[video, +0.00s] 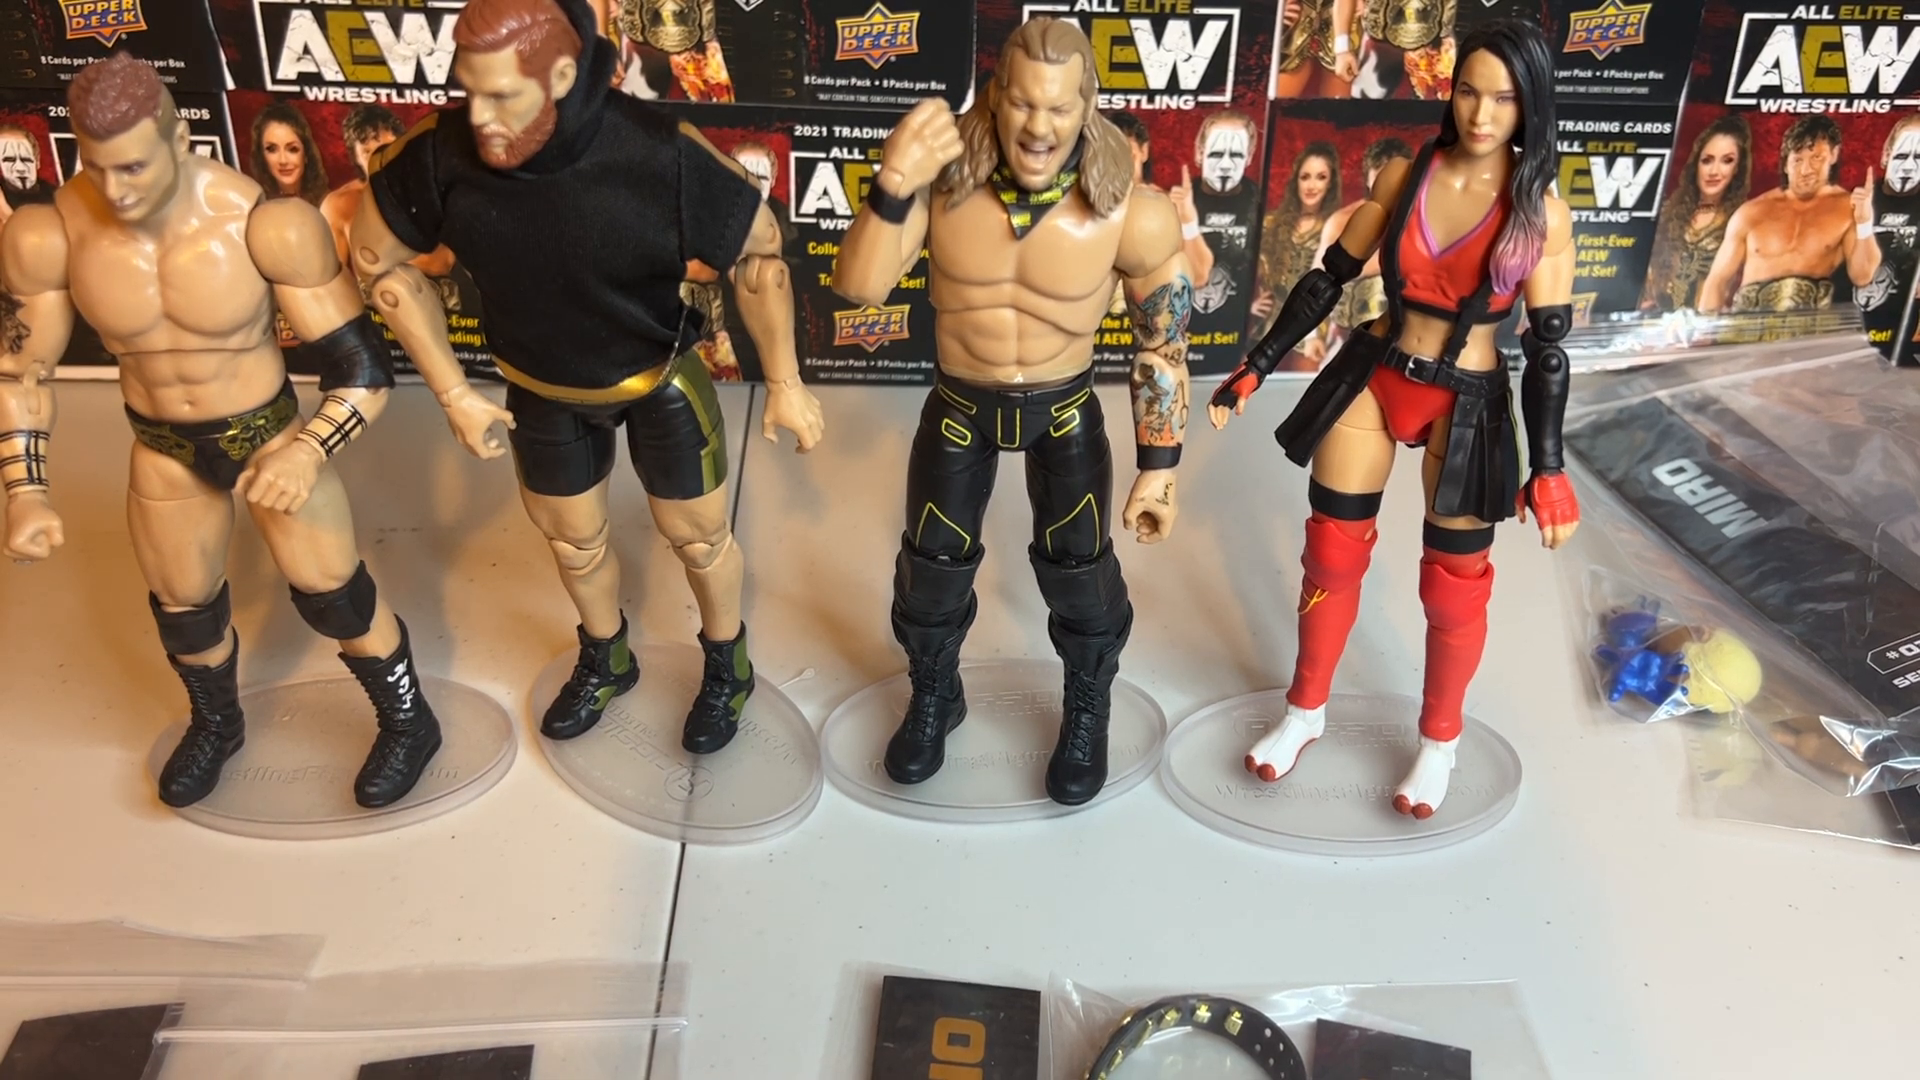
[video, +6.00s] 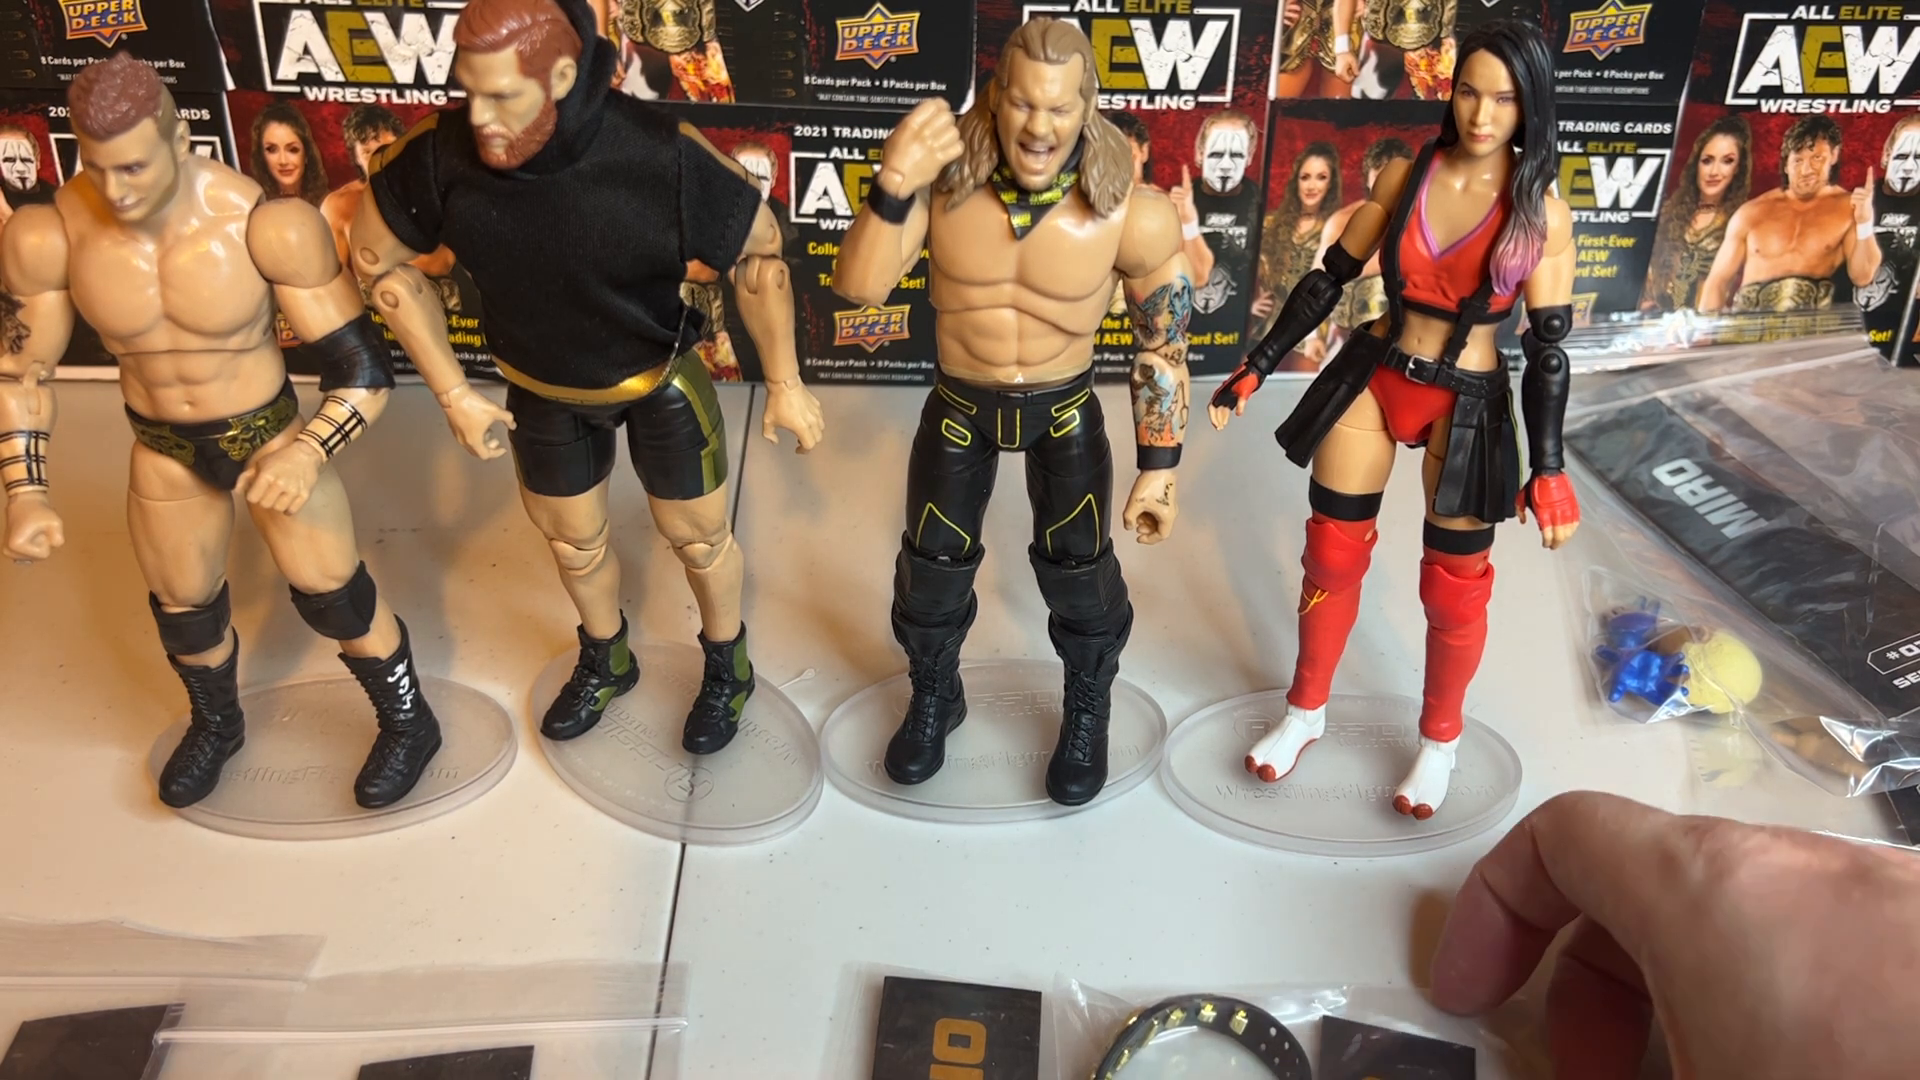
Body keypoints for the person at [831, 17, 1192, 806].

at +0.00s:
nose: (1039, 126)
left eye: (1060, 109)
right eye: (1024, 104)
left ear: (1086, 106)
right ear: (995, 95)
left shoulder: (1129, 208)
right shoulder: (943, 176)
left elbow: (1162, 337)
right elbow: (858, 287)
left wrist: (1161, 463)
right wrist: (892, 189)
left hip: (1064, 408)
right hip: (958, 403)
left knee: (1078, 568)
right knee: (933, 562)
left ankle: (1086, 712)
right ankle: (932, 698)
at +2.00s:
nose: (1039, 127)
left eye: (1060, 109)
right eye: (1024, 104)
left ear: (1086, 107)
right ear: (995, 95)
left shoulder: (1129, 207)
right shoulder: (944, 176)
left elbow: (1163, 338)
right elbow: (857, 287)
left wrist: (1161, 464)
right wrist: (892, 190)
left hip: (1064, 408)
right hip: (959, 403)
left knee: (1078, 568)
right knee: (932, 562)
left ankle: (1086, 714)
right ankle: (932, 699)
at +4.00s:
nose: (1040, 127)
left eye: (1060, 109)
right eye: (1024, 104)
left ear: (1087, 106)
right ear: (995, 94)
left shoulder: (1130, 208)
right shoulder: (944, 177)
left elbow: (1163, 339)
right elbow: (858, 287)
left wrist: (1161, 465)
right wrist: (892, 189)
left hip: (1064, 408)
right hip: (958, 403)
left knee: (1078, 569)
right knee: (933, 563)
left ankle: (1086, 713)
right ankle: (932, 699)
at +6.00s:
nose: (1040, 127)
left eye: (1060, 109)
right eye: (1024, 104)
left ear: (1087, 107)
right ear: (995, 95)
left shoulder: (1129, 208)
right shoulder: (944, 177)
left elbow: (1163, 339)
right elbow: (857, 287)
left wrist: (1161, 465)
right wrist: (892, 189)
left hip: (1064, 408)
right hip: (958, 403)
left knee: (1077, 569)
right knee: (932, 563)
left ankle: (1086, 712)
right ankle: (933, 699)